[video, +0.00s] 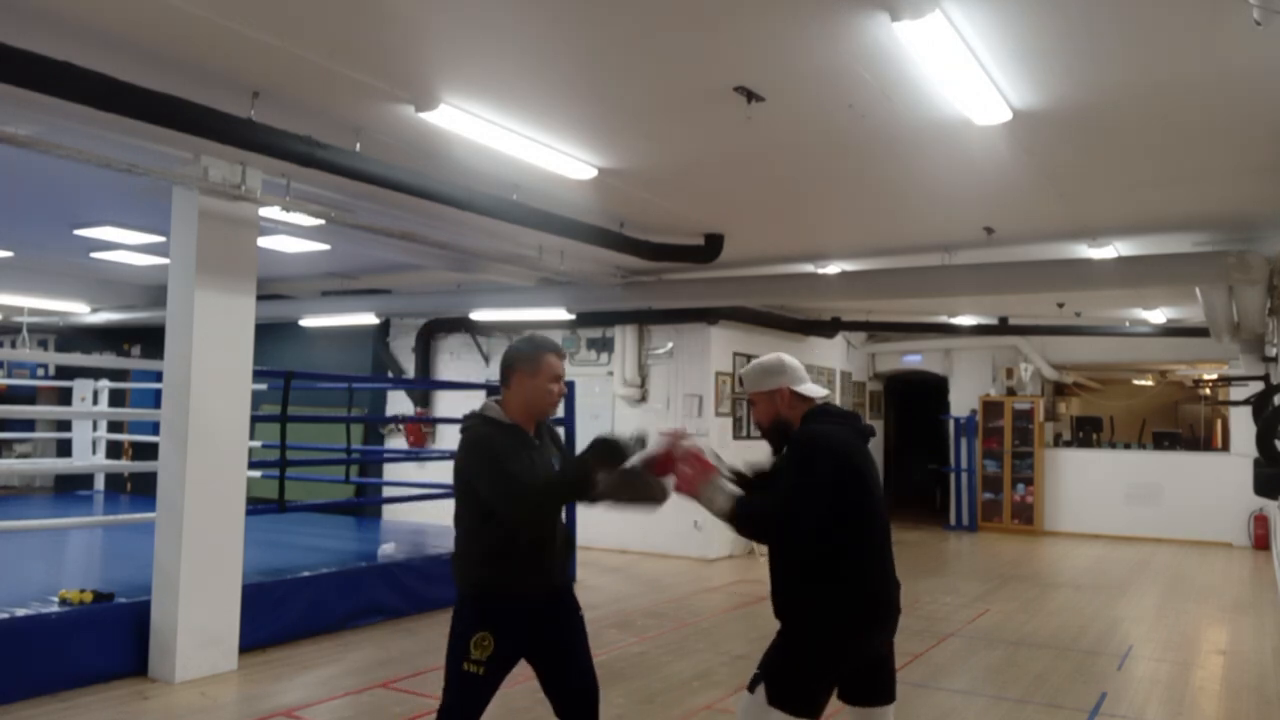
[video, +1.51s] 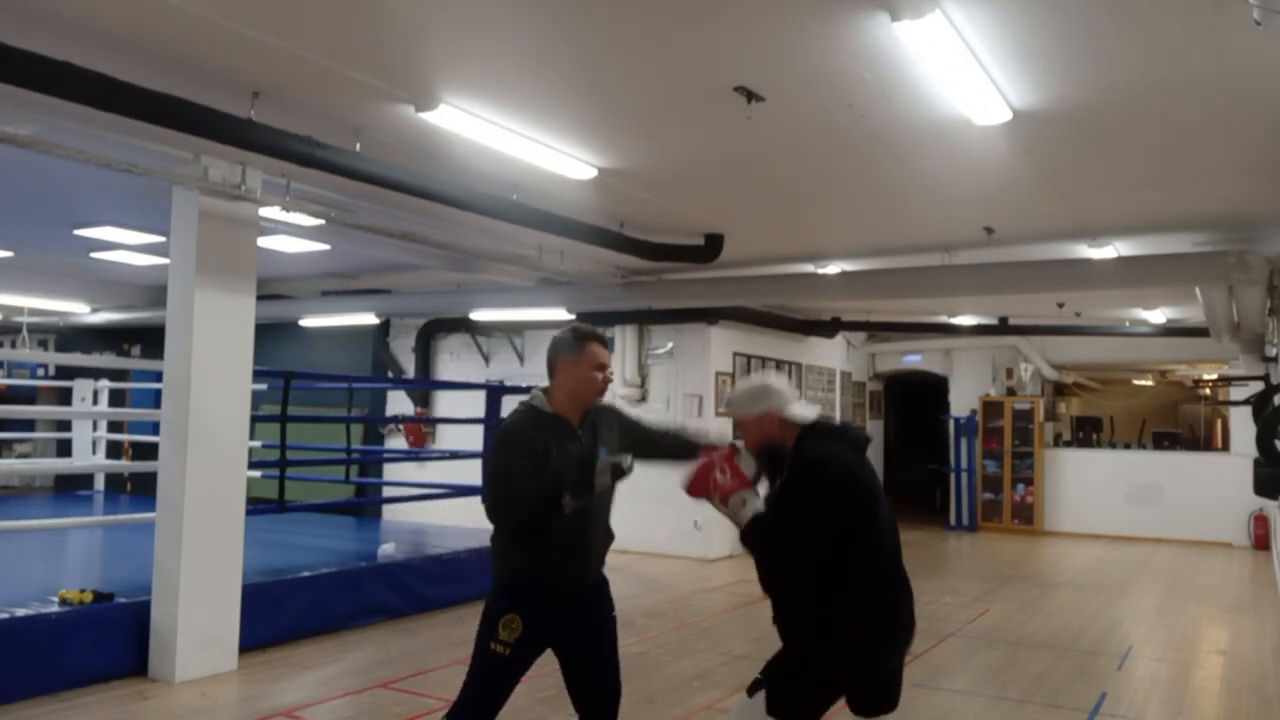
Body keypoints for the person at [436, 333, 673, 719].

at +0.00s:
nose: (562, 391)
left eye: (563, 382)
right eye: (554, 381)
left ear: (522, 381)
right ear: (517, 379)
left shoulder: (547, 438)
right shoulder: (482, 438)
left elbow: (573, 485)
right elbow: (527, 499)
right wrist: (586, 463)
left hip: (549, 600)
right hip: (490, 603)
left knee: (581, 706)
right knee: (459, 711)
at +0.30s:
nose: (577, 392)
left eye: (577, 383)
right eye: (569, 382)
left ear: (545, 381)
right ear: (534, 379)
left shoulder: (562, 434)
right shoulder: (497, 434)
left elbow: (587, 482)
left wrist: (625, 495)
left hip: (553, 594)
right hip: (496, 597)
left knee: (584, 703)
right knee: (462, 709)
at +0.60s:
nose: (575, 392)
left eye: (576, 384)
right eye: (567, 383)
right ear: (531, 382)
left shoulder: (581, 430)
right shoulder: (487, 450)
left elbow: (639, 433)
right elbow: (499, 534)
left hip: (561, 599)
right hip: (498, 604)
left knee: (595, 706)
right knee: (462, 712)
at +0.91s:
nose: (575, 394)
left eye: (576, 385)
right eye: (567, 383)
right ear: (530, 380)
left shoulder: (548, 439)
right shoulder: (500, 437)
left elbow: (564, 501)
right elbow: (559, 502)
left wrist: (608, 523)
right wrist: (618, 466)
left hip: (552, 600)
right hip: (497, 602)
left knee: (585, 703)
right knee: (465, 710)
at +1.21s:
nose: (581, 391)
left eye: (582, 382)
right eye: (572, 381)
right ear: (537, 378)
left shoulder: (574, 433)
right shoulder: (501, 432)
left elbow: (615, 479)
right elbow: (499, 510)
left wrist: (652, 471)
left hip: (559, 595)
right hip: (500, 597)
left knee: (592, 704)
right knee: (466, 711)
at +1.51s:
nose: (608, 379)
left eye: (609, 370)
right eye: (599, 369)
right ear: (562, 368)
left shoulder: (605, 423)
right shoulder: (519, 432)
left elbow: (656, 442)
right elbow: (505, 511)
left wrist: (718, 449)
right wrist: (575, 492)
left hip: (584, 591)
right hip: (523, 593)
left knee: (601, 706)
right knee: (476, 707)